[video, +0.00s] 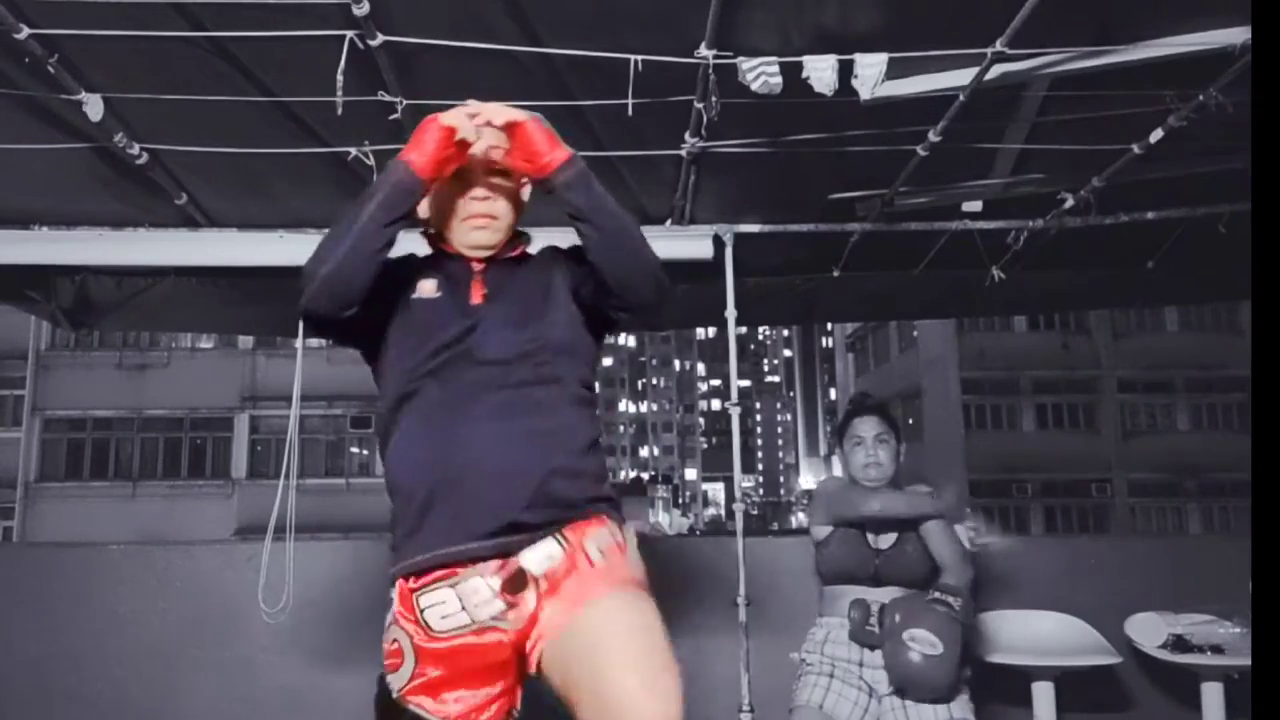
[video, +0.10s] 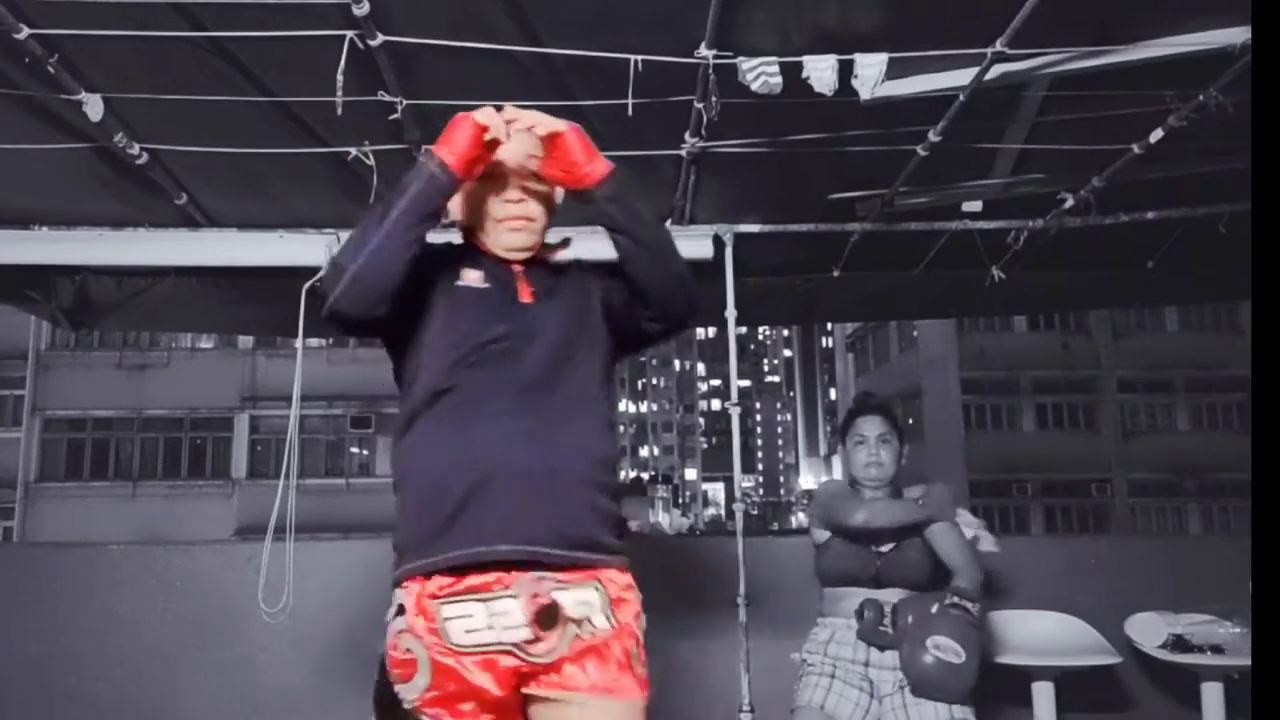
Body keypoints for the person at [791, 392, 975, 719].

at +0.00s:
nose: (871, 452)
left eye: (882, 441)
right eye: (857, 444)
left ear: (898, 451)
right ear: (842, 455)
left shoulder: (918, 499)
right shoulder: (828, 495)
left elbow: (956, 566)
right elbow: (870, 504)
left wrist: (943, 607)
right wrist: (940, 505)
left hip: (917, 657)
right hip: (837, 659)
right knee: (815, 711)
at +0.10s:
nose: (873, 452)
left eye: (884, 442)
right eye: (859, 443)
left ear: (901, 453)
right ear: (844, 455)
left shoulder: (922, 503)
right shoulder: (829, 495)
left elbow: (968, 569)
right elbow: (858, 516)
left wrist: (954, 610)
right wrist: (928, 508)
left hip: (920, 660)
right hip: (837, 658)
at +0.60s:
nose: (887, 451)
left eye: (900, 441)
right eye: (875, 441)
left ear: (918, 454)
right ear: (857, 451)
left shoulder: (938, 512)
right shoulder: (832, 509)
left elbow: (983, 589)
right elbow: (772, 570)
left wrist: (967, 620)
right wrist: (784, 526)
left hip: (921, 666)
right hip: (839, 662)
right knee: (820, 712)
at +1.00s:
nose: (885, 452)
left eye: (899, 443)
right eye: (873, 441)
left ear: (917, 458)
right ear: (857, 449)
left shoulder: (936, 517)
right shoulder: (828, 511)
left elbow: (981, 589)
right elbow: (774, 560)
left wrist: (973, 619)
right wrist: (786, 496)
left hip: (920, 667)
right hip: (842, 663)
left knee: (940, 713)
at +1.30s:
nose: (885, 452)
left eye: (896, 442)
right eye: (871, 442)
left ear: (911, 453)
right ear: (852, 451)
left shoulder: (932, 514)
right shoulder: (832, 512)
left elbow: (981, 588)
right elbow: (763, 557)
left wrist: (969, 620)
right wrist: (810, 521)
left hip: (920, 668)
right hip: (840, 664)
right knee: (843, 709)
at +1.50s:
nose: (884, 451)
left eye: (897, 443)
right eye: (873, 439)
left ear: (912, 457)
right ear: (852, 448)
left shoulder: (934, 516)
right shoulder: (823, 514)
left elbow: (983, 588)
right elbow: (772, 573)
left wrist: (974, 616)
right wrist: (776, 514)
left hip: (921, 670)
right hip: (839, 666)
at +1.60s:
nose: (884, 450)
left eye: (898, 443)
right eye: (873, 439)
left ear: (913, 458)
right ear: (853, 446)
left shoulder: (933, 515)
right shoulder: (826, 514)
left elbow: (982, 586)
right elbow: (795, 581)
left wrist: (972, 613)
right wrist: (785, 513)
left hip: (921, 669)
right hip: (842, 667)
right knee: (831, 712)